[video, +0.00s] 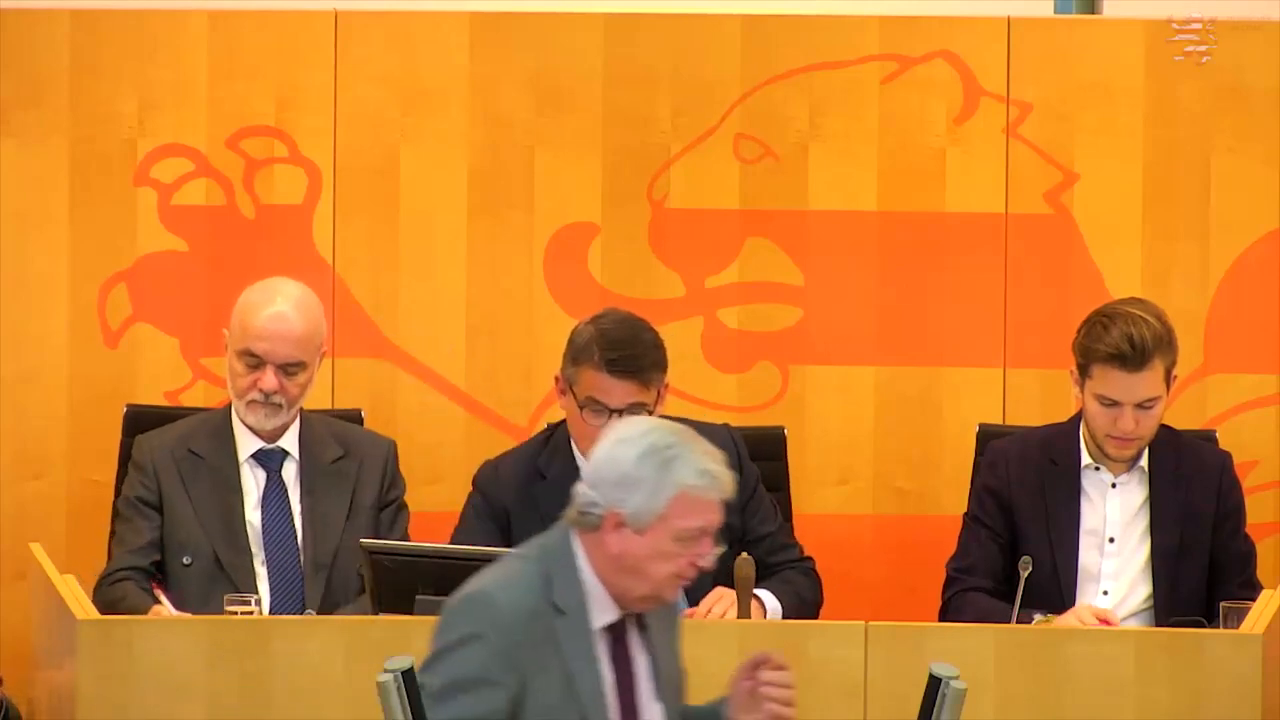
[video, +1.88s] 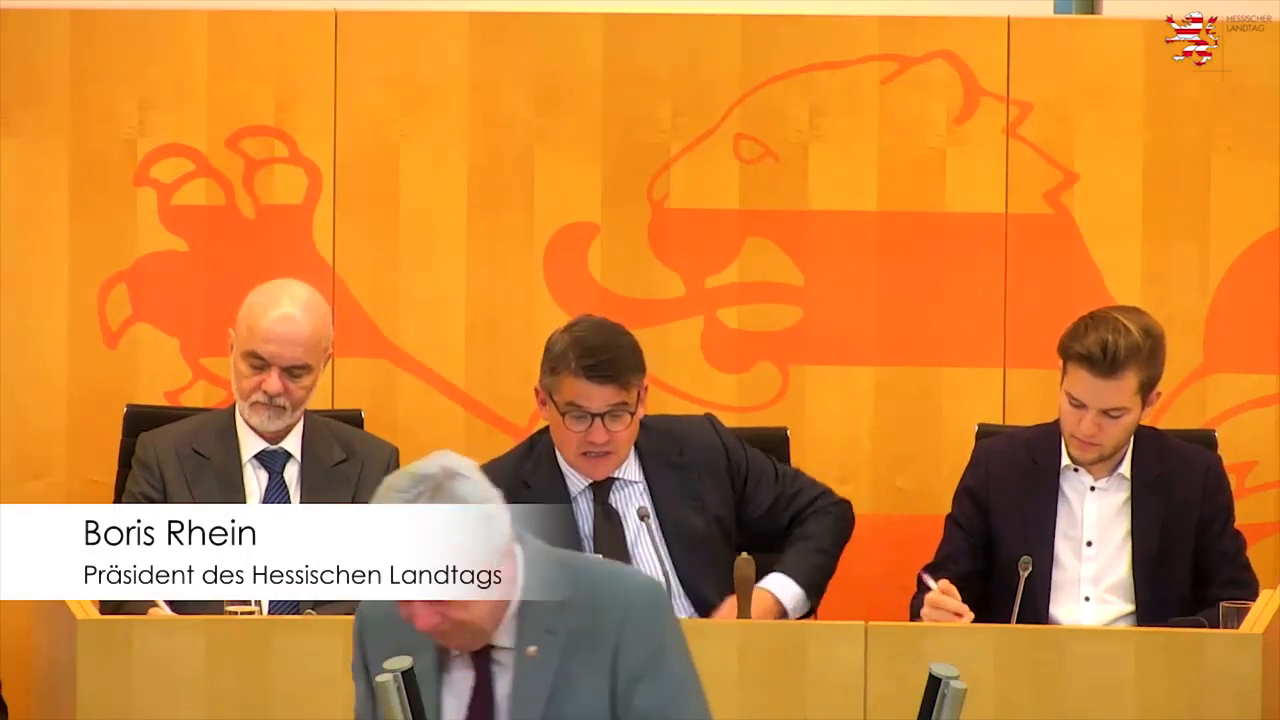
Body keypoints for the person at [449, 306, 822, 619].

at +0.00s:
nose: (615, 430)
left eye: (634, 412)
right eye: (596, 411)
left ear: (661, 395)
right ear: (562, 392)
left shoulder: (718, 452)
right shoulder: (504, 484)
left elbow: (799, 579)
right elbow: (468, 601)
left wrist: (755, 605)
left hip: (703, 662)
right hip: (559, 675)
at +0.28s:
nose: (610, 433)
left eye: (629, 412)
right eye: (591, 412)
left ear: (656, 396)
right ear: (558, 394)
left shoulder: (722, 455)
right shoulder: (500, 488)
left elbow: (818, 585)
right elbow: (455, 610)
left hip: (704, 675)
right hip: (567, 679)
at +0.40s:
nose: (611, 439)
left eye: (630, 418)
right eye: (592, 418)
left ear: (656, 400)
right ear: (557, 399)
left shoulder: (714, 454)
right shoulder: (497, 492)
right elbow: (460, 613)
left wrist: (732, 538)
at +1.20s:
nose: (618, 450)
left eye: (636, 427)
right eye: (597, 429)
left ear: (656, 407)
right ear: (557, 407)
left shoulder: (706, 452)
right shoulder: (495, 491)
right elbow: (455, 615)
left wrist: (692, 508)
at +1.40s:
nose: (616, 432)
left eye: (634, 409)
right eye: (595, 410)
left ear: (654, 395)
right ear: (556, 396)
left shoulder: (708, 449)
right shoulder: (498, 486)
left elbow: (771, 565)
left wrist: (689, 487)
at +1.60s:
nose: (605, 430)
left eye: (623, 410)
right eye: (584, 410)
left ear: (647, 393)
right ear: (550, 397)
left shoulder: (704, 451)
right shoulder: (497, 485)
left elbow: (816, 568)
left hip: (697, 677)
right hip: (550, 693)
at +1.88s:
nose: (598, 435)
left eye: (616, 414)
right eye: (577, 415)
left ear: (642, 399)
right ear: (542, 401)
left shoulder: (704, 449)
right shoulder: (497, 493)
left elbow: (824, 512)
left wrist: (773, 598)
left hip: (715, 669)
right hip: (573, 686)